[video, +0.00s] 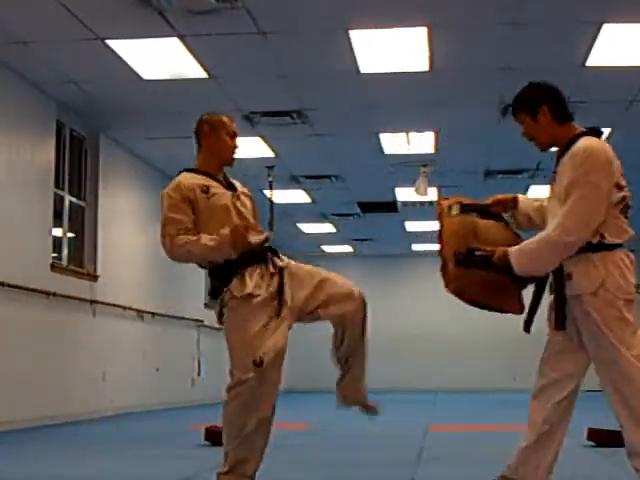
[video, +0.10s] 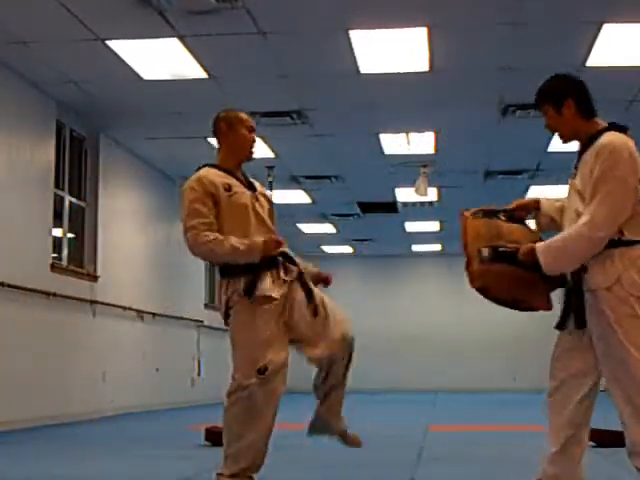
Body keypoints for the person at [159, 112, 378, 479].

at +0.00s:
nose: (236, 143)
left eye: (236, 137)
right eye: (230, 136)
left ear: (216, 140)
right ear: (207, 137)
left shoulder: (241, 191)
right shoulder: (182, 187)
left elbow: (249, 236)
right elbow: (176, 244)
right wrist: (229, 244)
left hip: (280, 272)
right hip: (245, 290)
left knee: (350, 301)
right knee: (251, 386)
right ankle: (237, 472)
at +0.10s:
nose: (255, 138)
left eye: (255, 132)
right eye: (248, 131)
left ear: (240, 137)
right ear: (224, 134)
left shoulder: (258, 190)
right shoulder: (202, 183)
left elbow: (268, 245)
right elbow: (199, 241)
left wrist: (307, 272)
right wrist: (257, 248)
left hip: (285, 282)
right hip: (250, 290)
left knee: (338, 337)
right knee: (255, 379)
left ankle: (328, 417)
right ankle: (237, 471)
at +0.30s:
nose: (301, 145)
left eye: (301, 138)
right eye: (294, 137)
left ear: (292, 144)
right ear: (270, 140)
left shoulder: (298, 197)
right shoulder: (251, 187)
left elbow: (303, 255)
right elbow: (242, 246)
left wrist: (333, 272)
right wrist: (292, 273)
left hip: (307, 300)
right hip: (276, 301)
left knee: (309, 388)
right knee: (273, 386)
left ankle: (316, 468)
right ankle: (239, 471)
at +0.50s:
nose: (340, 147)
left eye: (341, 141)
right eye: (334, 139)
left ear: (325, 145)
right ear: (310, 140)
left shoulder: (322, 192)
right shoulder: (291, 179)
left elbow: (320, 251)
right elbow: (270, 224)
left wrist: (346, 270)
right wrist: (319, 236)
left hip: (327, 289)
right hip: (305, 286)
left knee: (319, 379)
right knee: (325, 376)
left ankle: (317, 467)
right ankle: (272, 463)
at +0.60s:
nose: (353, 148)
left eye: (353, 141)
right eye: (347, 139)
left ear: (335, 143)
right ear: (323, 140)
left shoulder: (331, 192)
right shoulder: (305, 177)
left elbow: (337, 248)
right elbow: (281, 199)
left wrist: (372, 257)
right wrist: (337, 200)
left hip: (329, 287)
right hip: (312, 285)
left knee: (319, 379)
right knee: (340, 371)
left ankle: (310, 460)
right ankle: (323, 468)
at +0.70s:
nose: (362, 148)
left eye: (363, 142)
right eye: (356, 140)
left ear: (349, 145)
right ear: (331, 141)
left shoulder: (345, 196)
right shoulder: (311, 177)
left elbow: (367, 238)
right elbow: (311, 189)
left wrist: (409, 246)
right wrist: (365, 185)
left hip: (339, 290)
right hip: (320, 288)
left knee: (322, 385)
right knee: (345, 383)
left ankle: (316, 469)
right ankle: (374, 470)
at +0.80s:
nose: (370, 149)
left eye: (371, 142)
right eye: (364, 141)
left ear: (352, 145)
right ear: (341, 141)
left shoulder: (356, 196)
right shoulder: (322, 182)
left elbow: (389, 231)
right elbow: (337, 201)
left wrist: (432, 237)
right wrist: (391, 192)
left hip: (347, 291)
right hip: (327, 289)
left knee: (329, 387)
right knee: (355, 386)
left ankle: (317, 468)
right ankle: (396, 470)